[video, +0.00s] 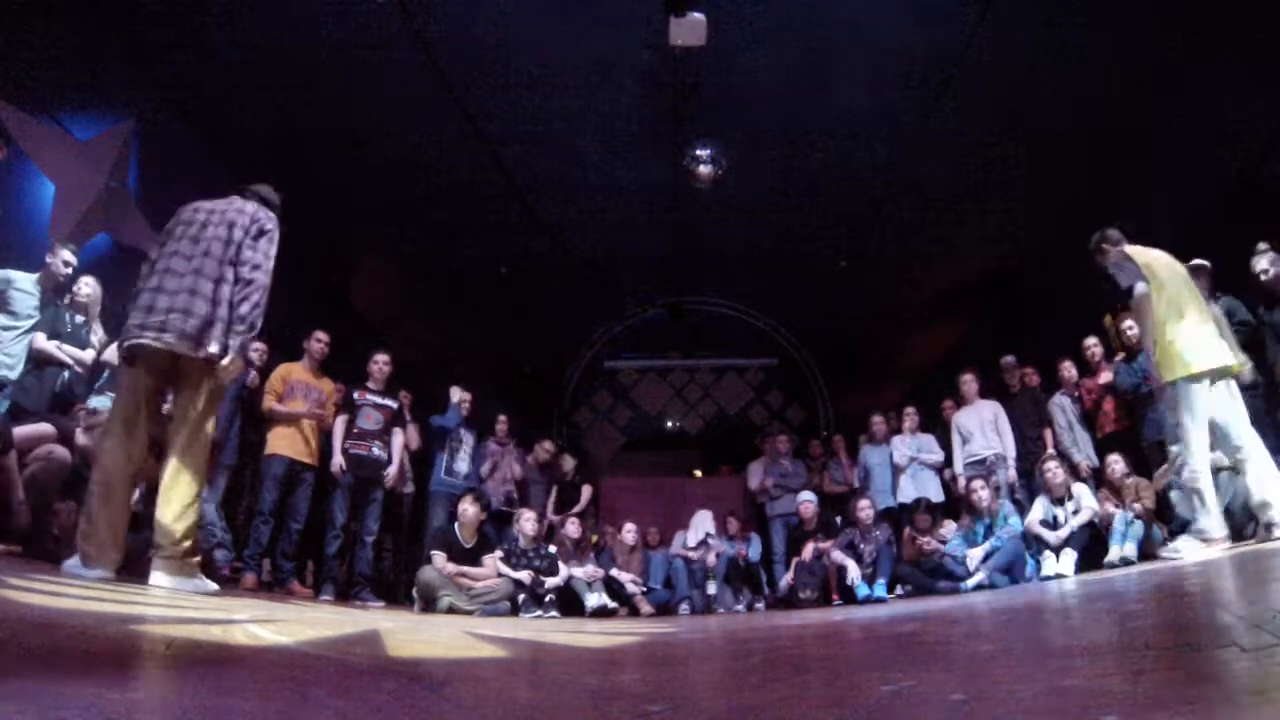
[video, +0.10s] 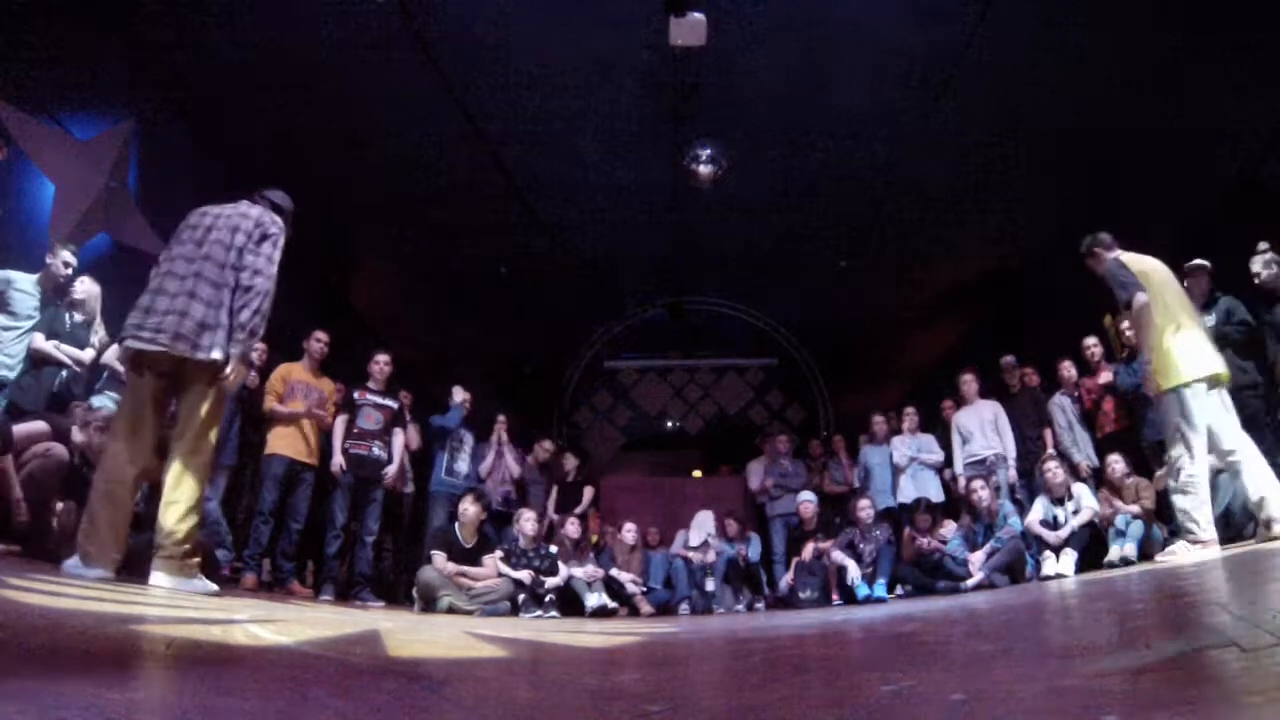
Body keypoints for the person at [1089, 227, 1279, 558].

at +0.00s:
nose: (1107, 268)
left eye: (1104, 262)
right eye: (1104, 264)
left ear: (1107, 249)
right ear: (1123, 241)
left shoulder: (1119, 257)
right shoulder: (1163, 257)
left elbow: (1141, 291)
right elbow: (1205, 308)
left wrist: (1147, 353)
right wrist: (1228, 351)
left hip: (1182, 361)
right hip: (1214, 354)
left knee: (1189, 451)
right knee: (1244, 440)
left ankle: (1208, 531)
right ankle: (1272, 516)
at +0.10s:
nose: (1096, 269)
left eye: (1093, 264)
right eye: (1093, 265)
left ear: (1098, 253)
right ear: (1115, 245)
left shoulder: (1114, 264)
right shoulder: (1151, 262)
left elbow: (1140, 301)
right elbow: (1189, 313)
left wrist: (1145, 364)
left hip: (1176, 368)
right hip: (1204, 361)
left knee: (1185, 455)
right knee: (1234, 443)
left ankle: (1198, 536)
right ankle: (1273, 513)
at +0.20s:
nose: (1086, 272)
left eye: (1083, 266)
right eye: (1082, 268)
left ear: (1089, 255)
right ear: (1103, 248)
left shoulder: (1107, 266)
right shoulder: (1138, 265)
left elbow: (1135, 304)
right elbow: (1174, 319)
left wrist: (1138, 364)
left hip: (1164, 369)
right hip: (1188, 362)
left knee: (1180, 457)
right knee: (1214, 444)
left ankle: (1198, 536)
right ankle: (1267, 504)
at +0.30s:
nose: (1077, 277)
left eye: (1074, 270)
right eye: (1073, 272)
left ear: (1083, 258)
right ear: (1092, 254)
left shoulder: (1104, 271)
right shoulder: (1127, 270)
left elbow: (1130, 313)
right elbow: (1157, 324)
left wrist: (1128, 370)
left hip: (1158, 372)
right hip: (1173, 369)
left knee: (1172, 455)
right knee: (1182, 451)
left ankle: (1198, 535)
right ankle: (1246, 492)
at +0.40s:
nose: (1069, 277)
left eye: (1068, 269)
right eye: (1065, 272)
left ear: (1081, 257)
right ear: (1083, 257)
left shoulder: (1102, 274)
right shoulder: (1117, 273)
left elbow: (1126, 318)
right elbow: (1143, 326)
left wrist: (1122, 373)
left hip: (1150, 374)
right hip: (1158, 373)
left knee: (1164, 453)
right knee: (1168, 452)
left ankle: (1197, 534)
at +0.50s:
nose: (1064, 270)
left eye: (1065, 262)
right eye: (1060, 266)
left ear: (1081, 255)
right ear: (1068, 266)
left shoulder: (1101, 275)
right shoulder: (1098, 282)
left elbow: (1126, 316)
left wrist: (1112, 361)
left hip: (1146, 377)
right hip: (1133, 382)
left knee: (1164, 455)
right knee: (1144, 459)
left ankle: (1199, 533)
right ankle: (1174, 525)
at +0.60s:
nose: (1060, 269)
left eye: (1063, 261)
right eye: (1057, 265)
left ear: (1080, 256)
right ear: (1064, 269)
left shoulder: (1103, 277)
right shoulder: (1090, 294)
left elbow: (1129, 316)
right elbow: (1116, 340)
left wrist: (1096, 355)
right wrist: (1100, 371)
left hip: (1146, 384)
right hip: (1127, 391)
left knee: (1163, 457)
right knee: (1126, 469)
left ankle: (1199, 534)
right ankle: (1146, 539)